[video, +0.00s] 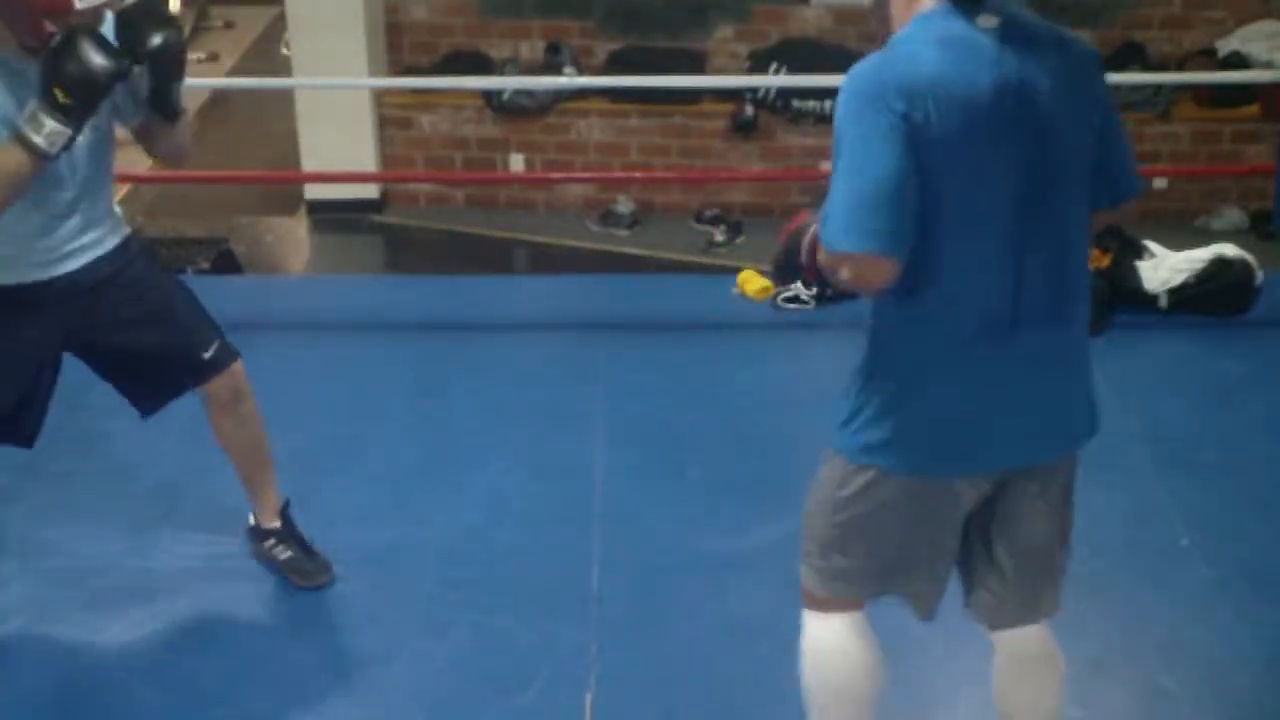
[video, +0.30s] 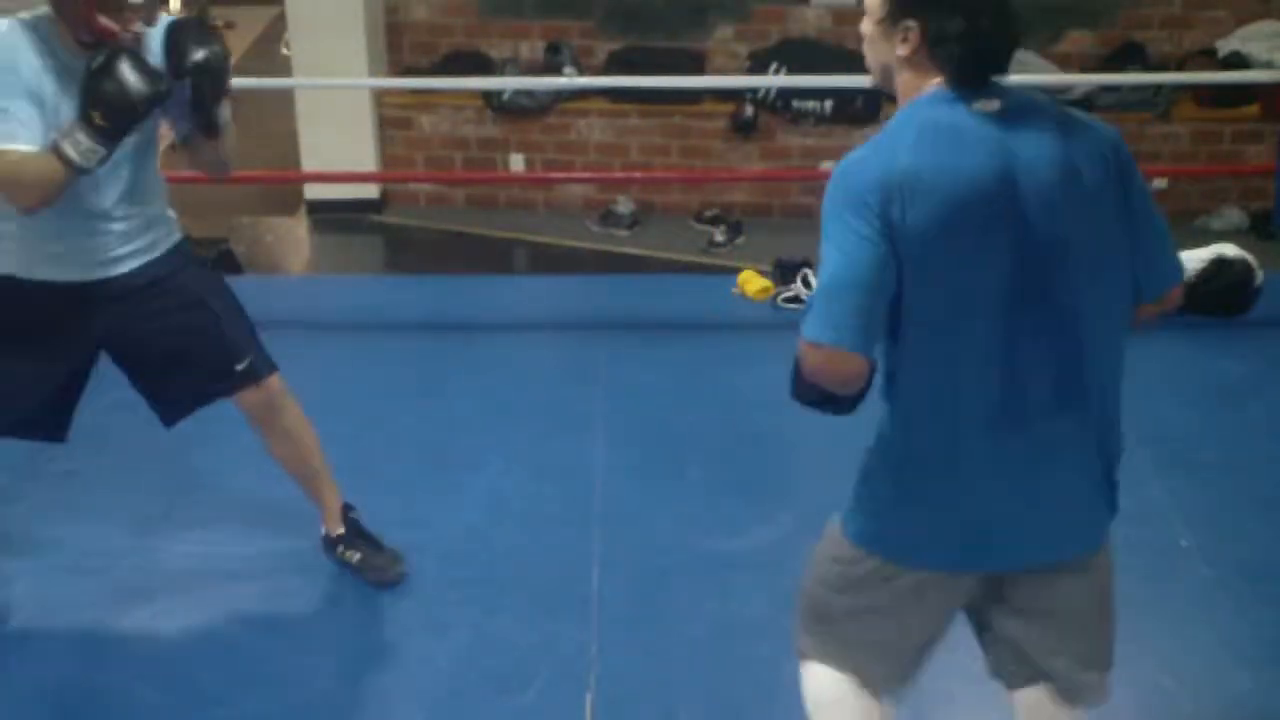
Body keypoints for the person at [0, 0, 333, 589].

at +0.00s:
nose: (52, 26)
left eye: (63, 14)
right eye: (39, 15)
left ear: (77, 11)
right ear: (8, 14)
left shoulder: (88, 50)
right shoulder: (3, 71)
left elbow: (172, 151)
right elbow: (3, 190)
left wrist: (164, 86)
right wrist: (54, 114)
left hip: (103, 260)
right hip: (12, 284)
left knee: (224, 374)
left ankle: (271, 522)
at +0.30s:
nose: (126, 29)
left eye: (138, 17)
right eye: (115, 15)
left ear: (148, 11)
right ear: (71, 2)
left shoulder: (154, 37)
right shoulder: (14, 44)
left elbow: (212, 163)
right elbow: (22, 190)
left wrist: (206, 100)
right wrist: (95, 128)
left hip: (150, 261)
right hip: (32, 277)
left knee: (261, 389)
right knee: (4, 427)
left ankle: (338, 523)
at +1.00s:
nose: (166, 3)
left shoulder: (217, 11)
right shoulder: (62, 18)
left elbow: (268, 130)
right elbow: (66, 158)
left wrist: (264, 78)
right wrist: (129, 104)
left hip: (224, 230)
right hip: (107, 242)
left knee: (323, 370)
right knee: (54, 393)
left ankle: (412, 504)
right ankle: (61, 481)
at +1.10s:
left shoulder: (254, 14)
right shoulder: (103, 21)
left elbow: (324, 135)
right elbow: (110, 157)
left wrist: (304, 70)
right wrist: (172, 88)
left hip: (253, 235)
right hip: (134, 242)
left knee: (346, 377)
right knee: (75, 382)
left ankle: (424, 516)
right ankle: (59, 476)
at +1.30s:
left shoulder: (337, 13)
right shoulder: (189, 11)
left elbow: (382, 145)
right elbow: (196, 145)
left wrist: (374, 71)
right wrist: (259, 80)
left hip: (298, 223)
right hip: (188, 221)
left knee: (378, 367)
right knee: (122, 358)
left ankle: (428, 518)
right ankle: (106, 461)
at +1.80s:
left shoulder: (357, 6)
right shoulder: (207, 6)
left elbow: (425, 100)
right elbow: (198, 117)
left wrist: (403, 31)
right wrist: (249, 61)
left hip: (351, 213)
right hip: (243, 214)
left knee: (425, 361)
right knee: (198, 345)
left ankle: (514, 502)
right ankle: (193, 435)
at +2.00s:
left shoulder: (435, 4)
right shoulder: (280, 5)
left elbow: (486, 110)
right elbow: (262, 111)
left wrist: (449, 41)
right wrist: (299, 57)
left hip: (413, 199)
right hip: (309, 195)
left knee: (463, 357)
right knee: (254, 318)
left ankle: (516, 505)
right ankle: (246, 421)